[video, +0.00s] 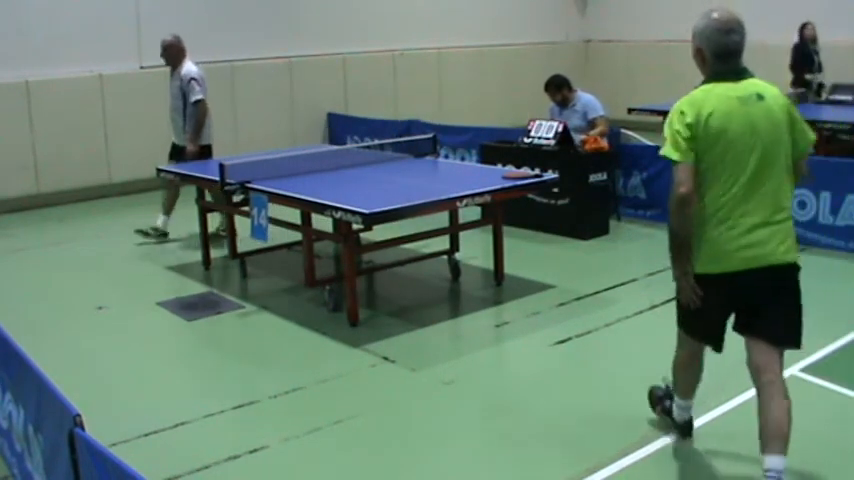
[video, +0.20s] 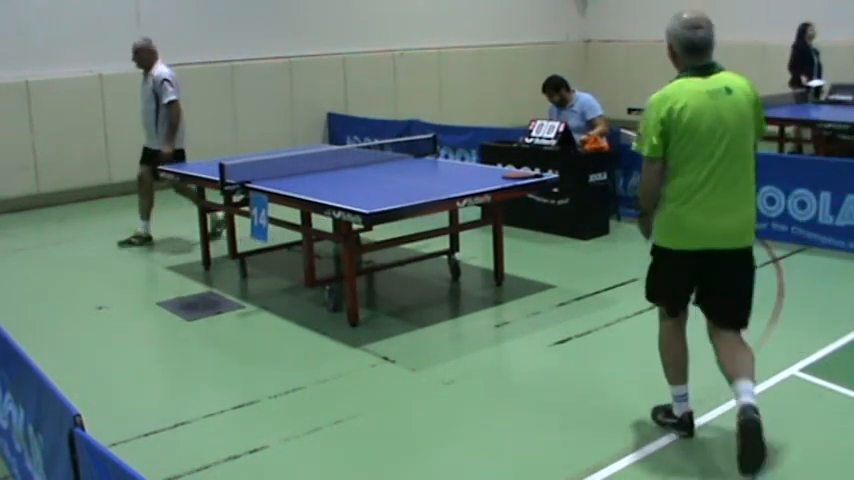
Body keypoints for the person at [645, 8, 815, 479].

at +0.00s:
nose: (692, 54)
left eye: (693, 49)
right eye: (693, 48)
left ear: (700, 53)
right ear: (742, 49)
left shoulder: (689, 109)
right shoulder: (776, 100)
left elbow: (684, 193)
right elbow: (801, 171)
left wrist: (681, 270)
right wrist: (759, 180)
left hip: (713, 261)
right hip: (775, 257)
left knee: (691, 340)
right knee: (769, 372)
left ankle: (680, 412)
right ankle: (775, 474)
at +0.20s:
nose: (668, 53)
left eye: (668, 47)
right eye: (672, 46)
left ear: (672, 51)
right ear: (712, 47)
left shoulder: (665, 102)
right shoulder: (744, 90)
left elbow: (652, 179)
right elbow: (751, 154)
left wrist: (646, 216)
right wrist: (737, 206)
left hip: (679, 237)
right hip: (734, 236)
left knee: (671, 317)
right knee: (727, 325)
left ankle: (681, 410)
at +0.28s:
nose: (662, 47)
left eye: (663, 42)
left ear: (667, 44)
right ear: (706, 39)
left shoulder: (659, 91)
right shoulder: (737, 83)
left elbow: (641, 172)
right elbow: (746, 143)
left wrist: (646, 186)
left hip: (672, 228)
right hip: (725, 226)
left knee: (668, 314)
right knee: (710, 303)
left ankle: (681, 411)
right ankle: (725, 383)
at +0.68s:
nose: (636, 55)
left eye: (637, 50)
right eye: (640, 49)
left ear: (641, 51)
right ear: (674, 50)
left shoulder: (634, 86)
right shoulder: (698, 88)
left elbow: (616, 142)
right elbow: (715, 148)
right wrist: (681, 146)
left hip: (648, 207)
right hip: (691, 204)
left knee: (646, 292)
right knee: (671, 271)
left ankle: (671, 369)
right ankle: (670, 349)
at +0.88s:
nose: (621, 49)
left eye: (621, 44)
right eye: (623, 44)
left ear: (626, 44)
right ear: (657, 41)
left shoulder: (620, 78)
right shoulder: (684, 78)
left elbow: (606, 139)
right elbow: (703, 134)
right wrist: (672, 143)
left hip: (632, 191)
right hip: (676, 191)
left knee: (613, 254)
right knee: (661, 258)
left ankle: (642, 321)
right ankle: (669, 343)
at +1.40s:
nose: (558, 66)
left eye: (559, 61)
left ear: (561, 62)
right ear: (588, 57)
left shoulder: (556, 90)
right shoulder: (614, 82)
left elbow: (553, 141)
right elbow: (635, 129)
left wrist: (547, 157)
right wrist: (640, 172)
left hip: (579, 182)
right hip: (620, 178)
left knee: (571, 235)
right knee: (633, 245)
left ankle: (576, 301)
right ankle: (655, 303)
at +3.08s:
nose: (573, 39)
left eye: (575, 34)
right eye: (574, 33)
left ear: (582, 37)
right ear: (611, 37)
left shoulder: (581, 76)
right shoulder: (633, 75)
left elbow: (568, 137)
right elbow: (633, 123)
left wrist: (559, 115)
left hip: (585, 186)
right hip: (623, 184)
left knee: (587, 265)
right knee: (613, 251)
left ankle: (590, 349)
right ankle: (626, 327)